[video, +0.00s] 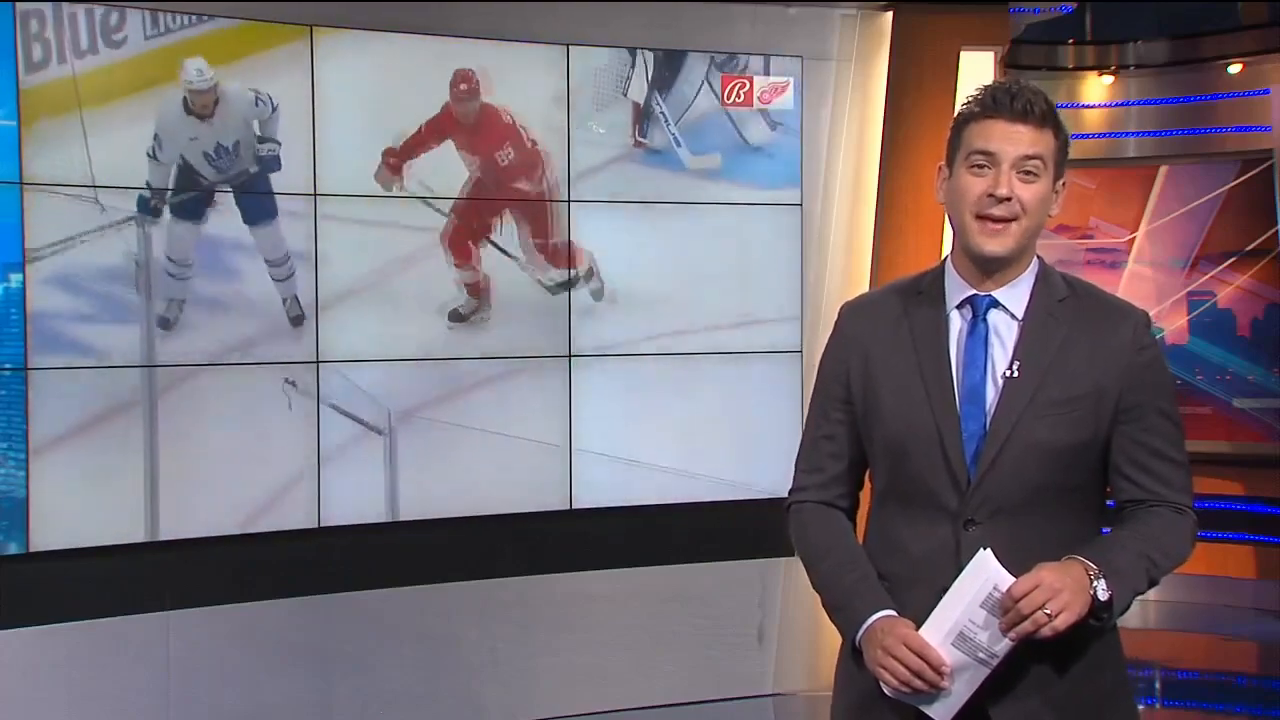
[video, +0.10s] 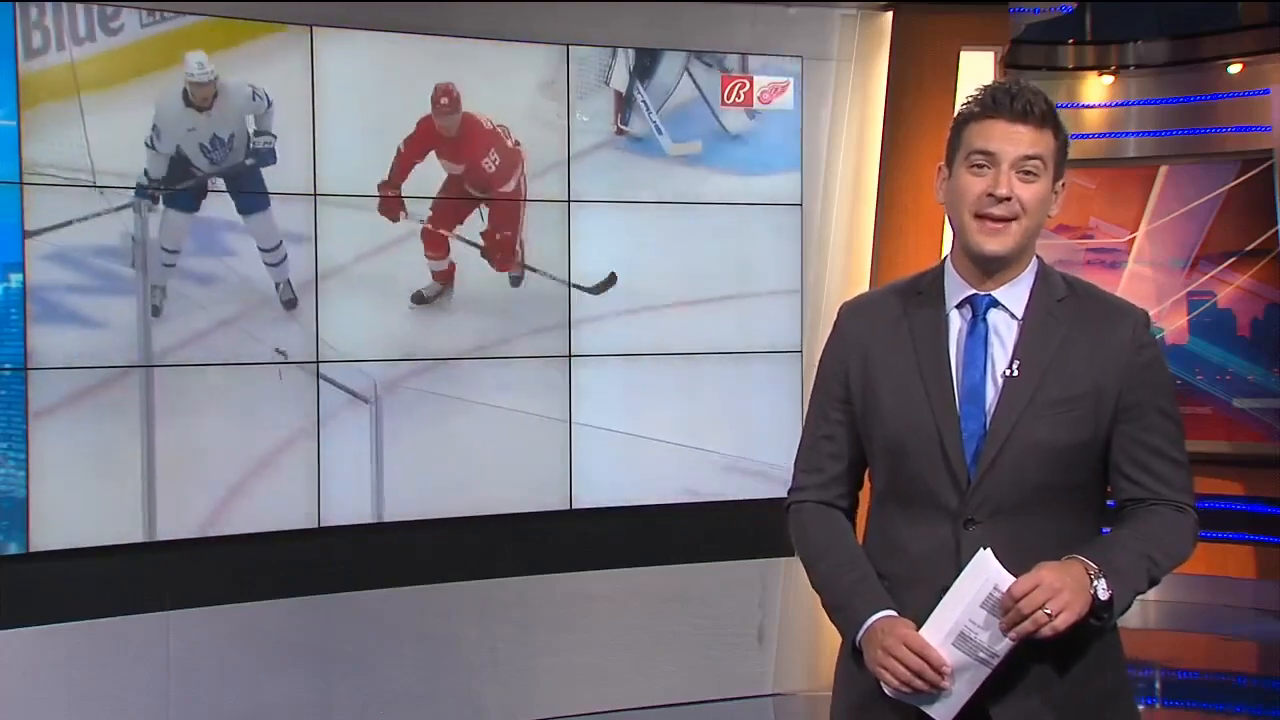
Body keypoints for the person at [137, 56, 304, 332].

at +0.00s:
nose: (204, 99)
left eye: (209, 91)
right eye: (197, 94)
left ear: (216, 88)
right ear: (186, 93)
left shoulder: (238, 100)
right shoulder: (171, 117)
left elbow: (270, 109)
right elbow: (159, 159)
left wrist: (270, 145)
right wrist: (156, 196)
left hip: (245, 168)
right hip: (196, 173)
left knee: (268, 233)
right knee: (179, 234)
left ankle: (289, 297)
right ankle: (174, 300)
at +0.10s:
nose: (203, 92)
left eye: (208, 85)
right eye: (197, 86)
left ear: (216, 82)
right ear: (187, 85)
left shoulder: (236, 94)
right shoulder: (169, 108)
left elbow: (265, 105)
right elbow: (158, 149)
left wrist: (265, 138)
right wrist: (151, 184)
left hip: (237, 159)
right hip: (190, 164)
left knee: (261, 221)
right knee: (174, 224)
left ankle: (282, 282)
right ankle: (157, 286)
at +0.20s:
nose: (207, 92)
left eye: (211, 85)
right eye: (200, 86)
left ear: (218, 82)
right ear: (189, 85)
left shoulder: (235, 93)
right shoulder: (171, 108)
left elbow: (257, 105)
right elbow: (156, 148)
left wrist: (260, 135)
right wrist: (150, 183)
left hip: (231, 160)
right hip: (186, 164)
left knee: (254, 219)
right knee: (173, 222)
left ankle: (276, 277)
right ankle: (157, 284)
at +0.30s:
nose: (199, 96)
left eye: (203, 88)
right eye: (192, 90)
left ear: (209, 86)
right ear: (179, 90)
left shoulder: (222, 98)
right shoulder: (159, 114)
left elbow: (242, 111)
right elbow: (140, 156)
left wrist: (246, 139)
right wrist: (140, 191)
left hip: (215, 170)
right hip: (172, 176)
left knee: (236, 226)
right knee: (161, 233)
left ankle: (265, 284)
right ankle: (148, 293)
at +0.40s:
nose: (191, 89)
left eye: (195, 81)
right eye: (183, 83)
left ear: (200, 78)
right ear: (170, 82)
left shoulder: (213, 90)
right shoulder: (149, 106)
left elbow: (229, 104)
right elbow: (127, 148)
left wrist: (235, 133)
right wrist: (127, 187)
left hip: (200, 163)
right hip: (157, 170)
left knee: (223, 221)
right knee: (150, 229)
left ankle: (248, 282)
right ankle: (135, 294)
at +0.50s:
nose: (189, 57)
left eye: (193, 50)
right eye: (183, 51)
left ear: (199, 47)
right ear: (169, 50)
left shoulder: (208, 58)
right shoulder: (148, 74)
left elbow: (222, 74)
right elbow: (120, 116)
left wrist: (228, 104)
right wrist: (117, 158)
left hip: (191, 135)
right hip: (150, 141)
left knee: (217, 197)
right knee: (144, 207)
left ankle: (237, 257)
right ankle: (130, 271)